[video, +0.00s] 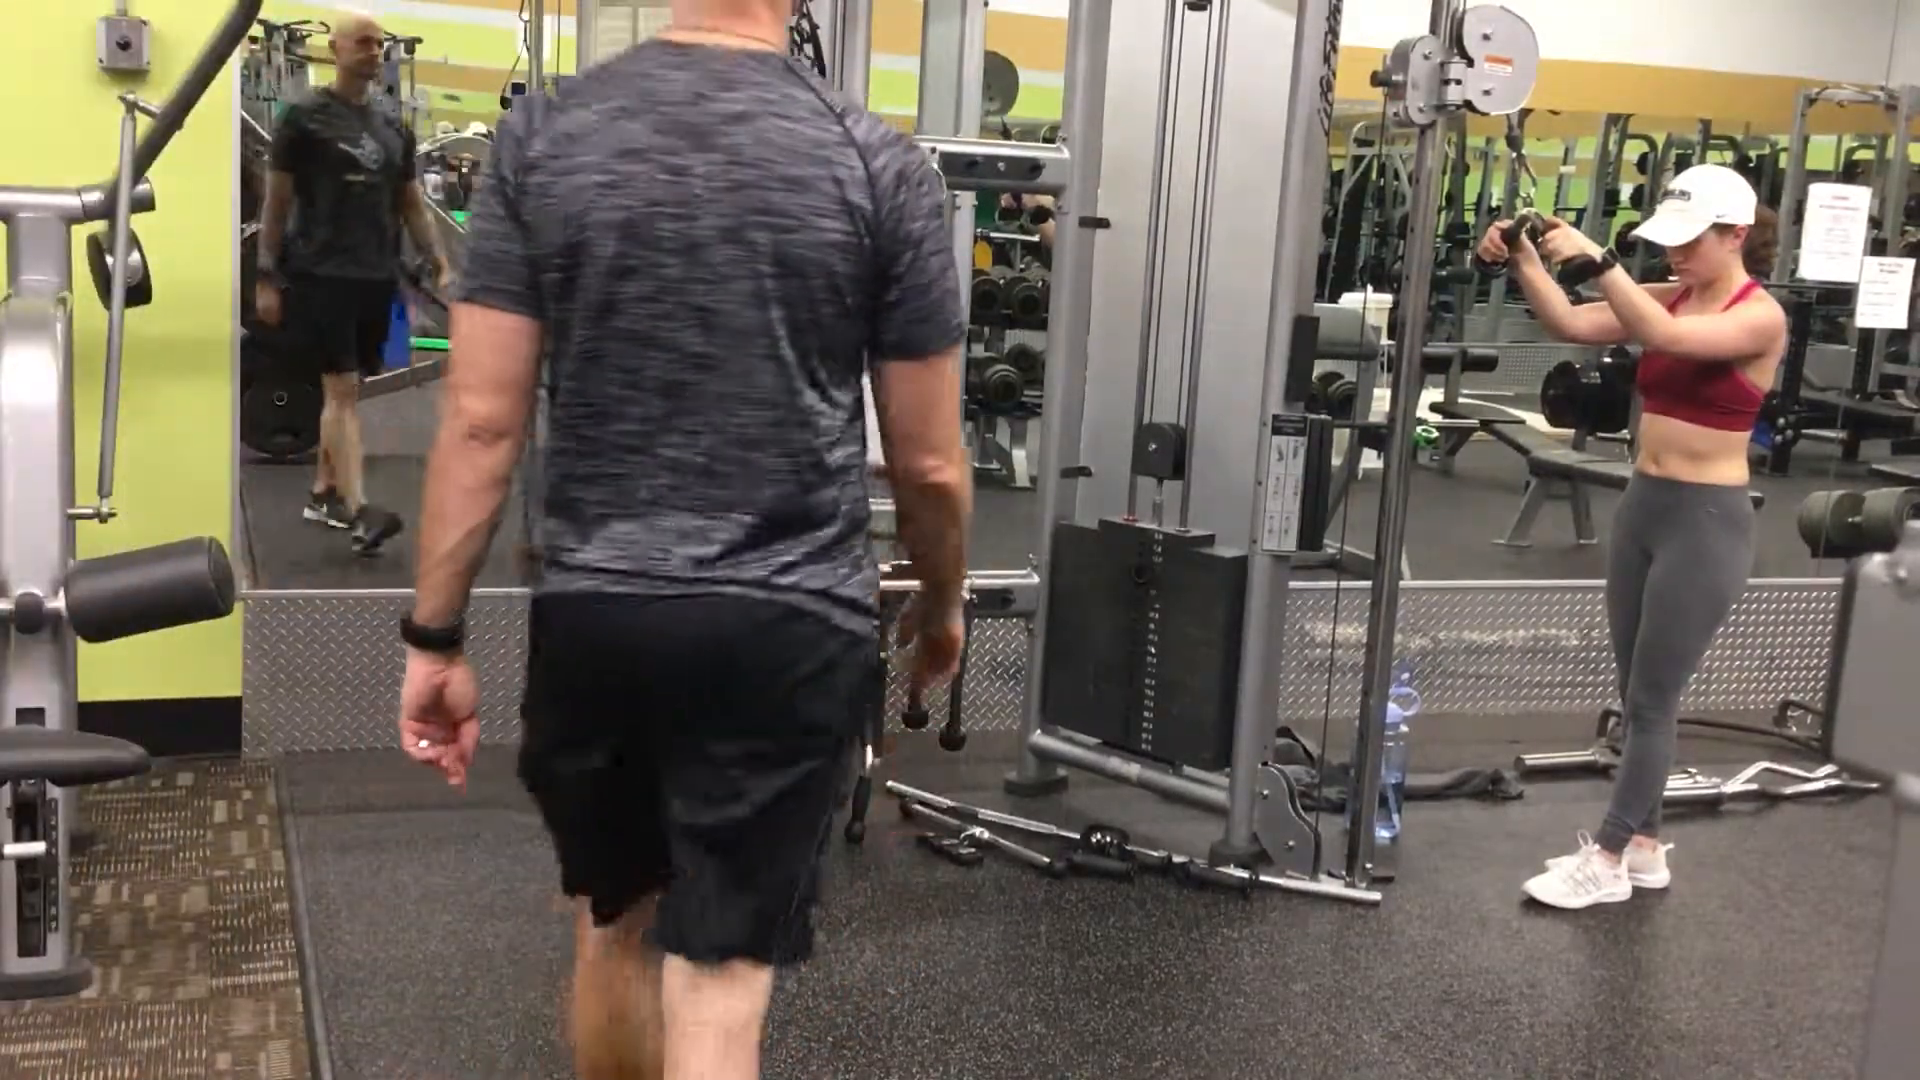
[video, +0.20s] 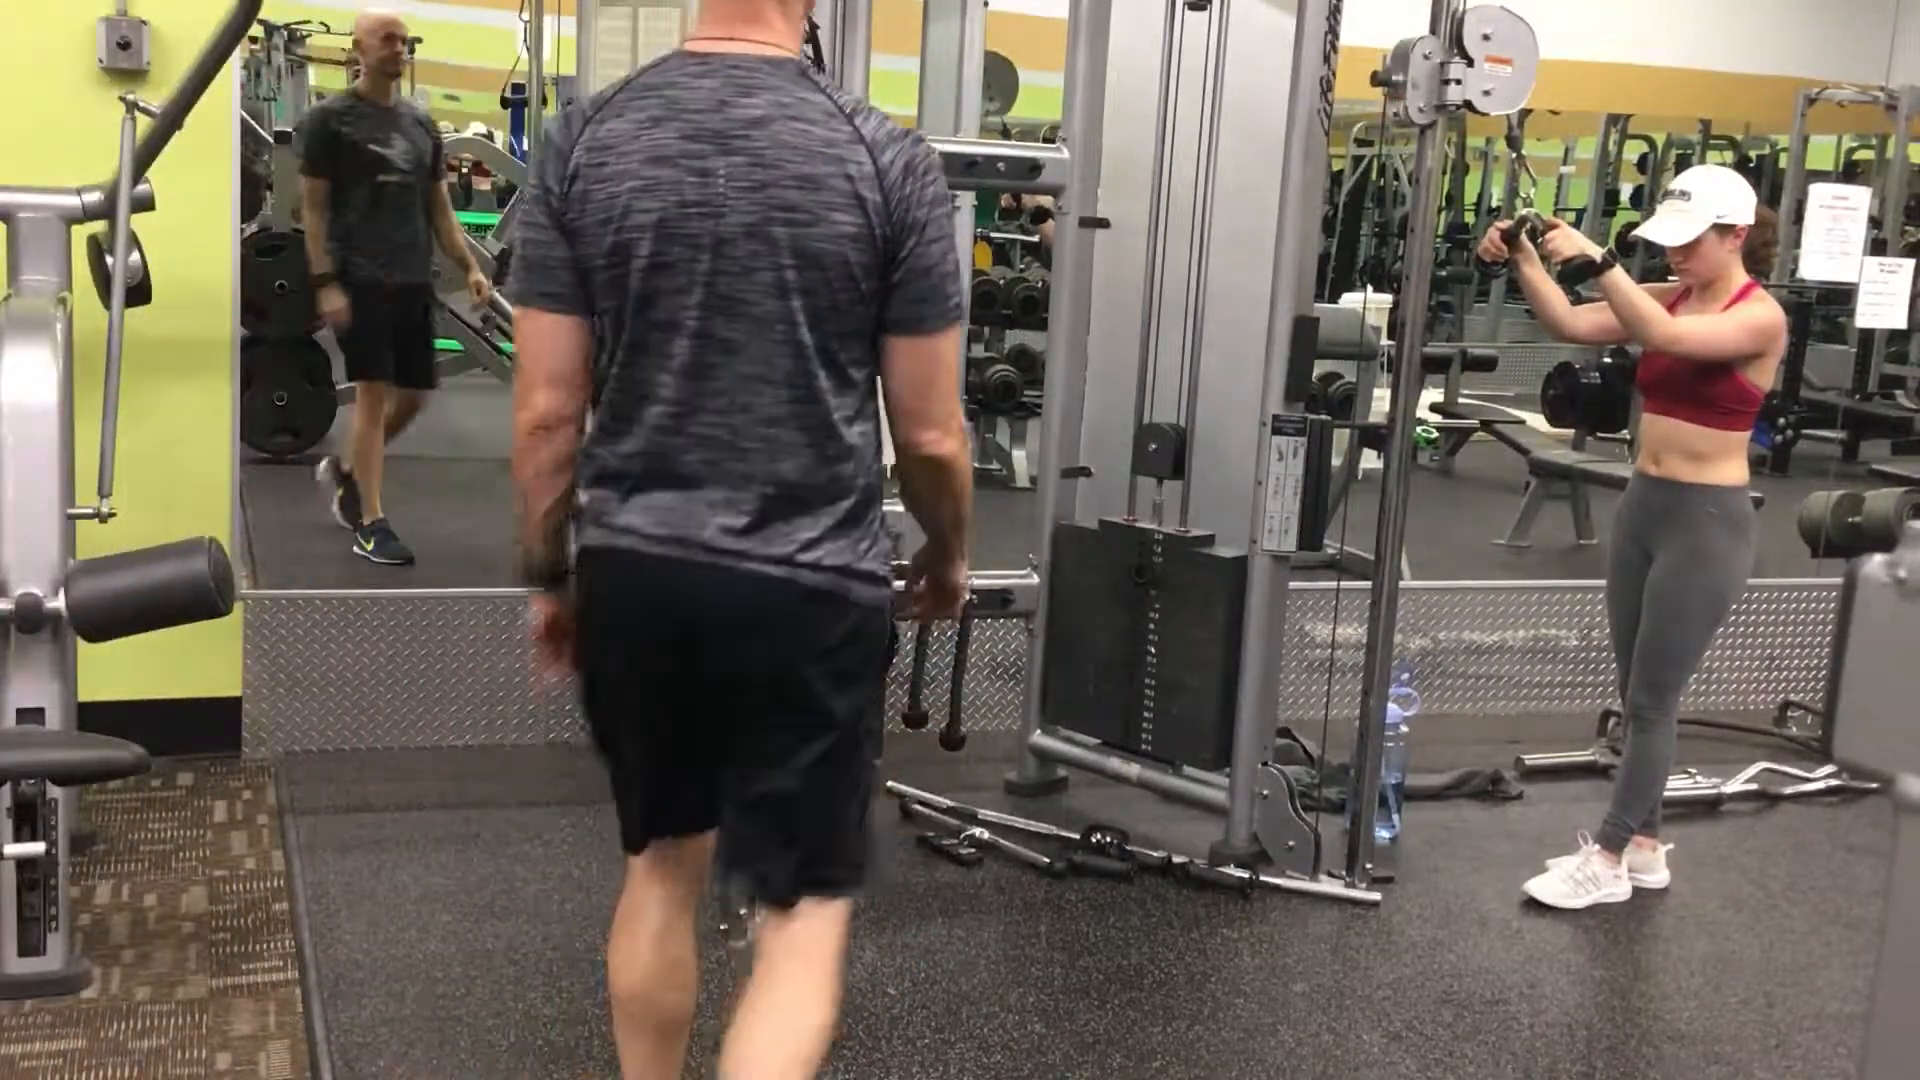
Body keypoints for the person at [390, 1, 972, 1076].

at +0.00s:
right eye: (797, 11)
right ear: (789, 5)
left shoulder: (545, 132)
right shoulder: (880, 162)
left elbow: (483, 419)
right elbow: (929, 466)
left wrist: (436, 636)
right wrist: (942, 609)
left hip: (592, 625)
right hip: (790, 630)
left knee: (611, 921)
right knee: (722, 978)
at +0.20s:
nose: (806, 18)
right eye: (811, 13)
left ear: (696, 4)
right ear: (803, 8)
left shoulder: (586, 136)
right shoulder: (887, 158)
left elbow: (548, 410)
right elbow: (930, 437)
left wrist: (549, 580)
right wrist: (947, 557)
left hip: (631, 567)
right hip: (814, 585)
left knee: (660, 859)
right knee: (806, 904)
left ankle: (649, 1075)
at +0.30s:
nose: (825, 14)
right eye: (829, 8)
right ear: (818, 5)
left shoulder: (610, 125)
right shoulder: (898, 148)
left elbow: (583, 385)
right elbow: (942, 424)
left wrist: (632, 479)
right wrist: (958, 525)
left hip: (655, 555)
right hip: (830, 572)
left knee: (668, 848)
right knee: (860, 841)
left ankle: (648, 1071)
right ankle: (788, 1073)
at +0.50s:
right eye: (866, 18)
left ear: (767, 5)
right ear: (870, 14)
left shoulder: (673, 132)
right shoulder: (940, 158)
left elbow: (676, 318)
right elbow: (985, 406)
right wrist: (999, 476)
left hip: (711, 542)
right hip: (881, 559)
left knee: (692, 837)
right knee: (910, 818)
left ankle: (658, 1073)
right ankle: (925, 1069)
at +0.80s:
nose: (939, 31)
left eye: (893, 20)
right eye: (964, 20)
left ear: (873, 18)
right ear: (980, 22)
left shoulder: (795, 139)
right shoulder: (1047, 158)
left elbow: (799, 290)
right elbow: (1062, 349)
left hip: (826, 523)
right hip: (984, 534)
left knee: (783, 768)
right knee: (967, 794)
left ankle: (721, 1041)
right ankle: (951, 1057)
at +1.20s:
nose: (905, 20)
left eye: (910, 9)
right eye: (912, 12)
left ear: (934, 17)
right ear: (1026, 26)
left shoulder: (879, 156)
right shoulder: (1088, 162)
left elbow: (817, 264)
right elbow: (988, 206)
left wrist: (803, 155)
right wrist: (895, 117)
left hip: (882, 500)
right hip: (1021, 505)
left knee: (870, 746)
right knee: (992, 749)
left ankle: (881, 1009)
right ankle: (966, 1030)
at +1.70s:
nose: (1004, 19)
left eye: (1028, 6)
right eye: (1009, 3)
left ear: (1100, 21)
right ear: (1107, 33)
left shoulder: (1039, 156)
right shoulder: (1142, 154)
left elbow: (884, 241)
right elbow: (966, 219)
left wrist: (828, 130)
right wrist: (882, 114)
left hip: (1014, 501)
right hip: (1101, 490)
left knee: (941, 748)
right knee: (1061, 742)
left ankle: (884, 1009)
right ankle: (1110, 995)